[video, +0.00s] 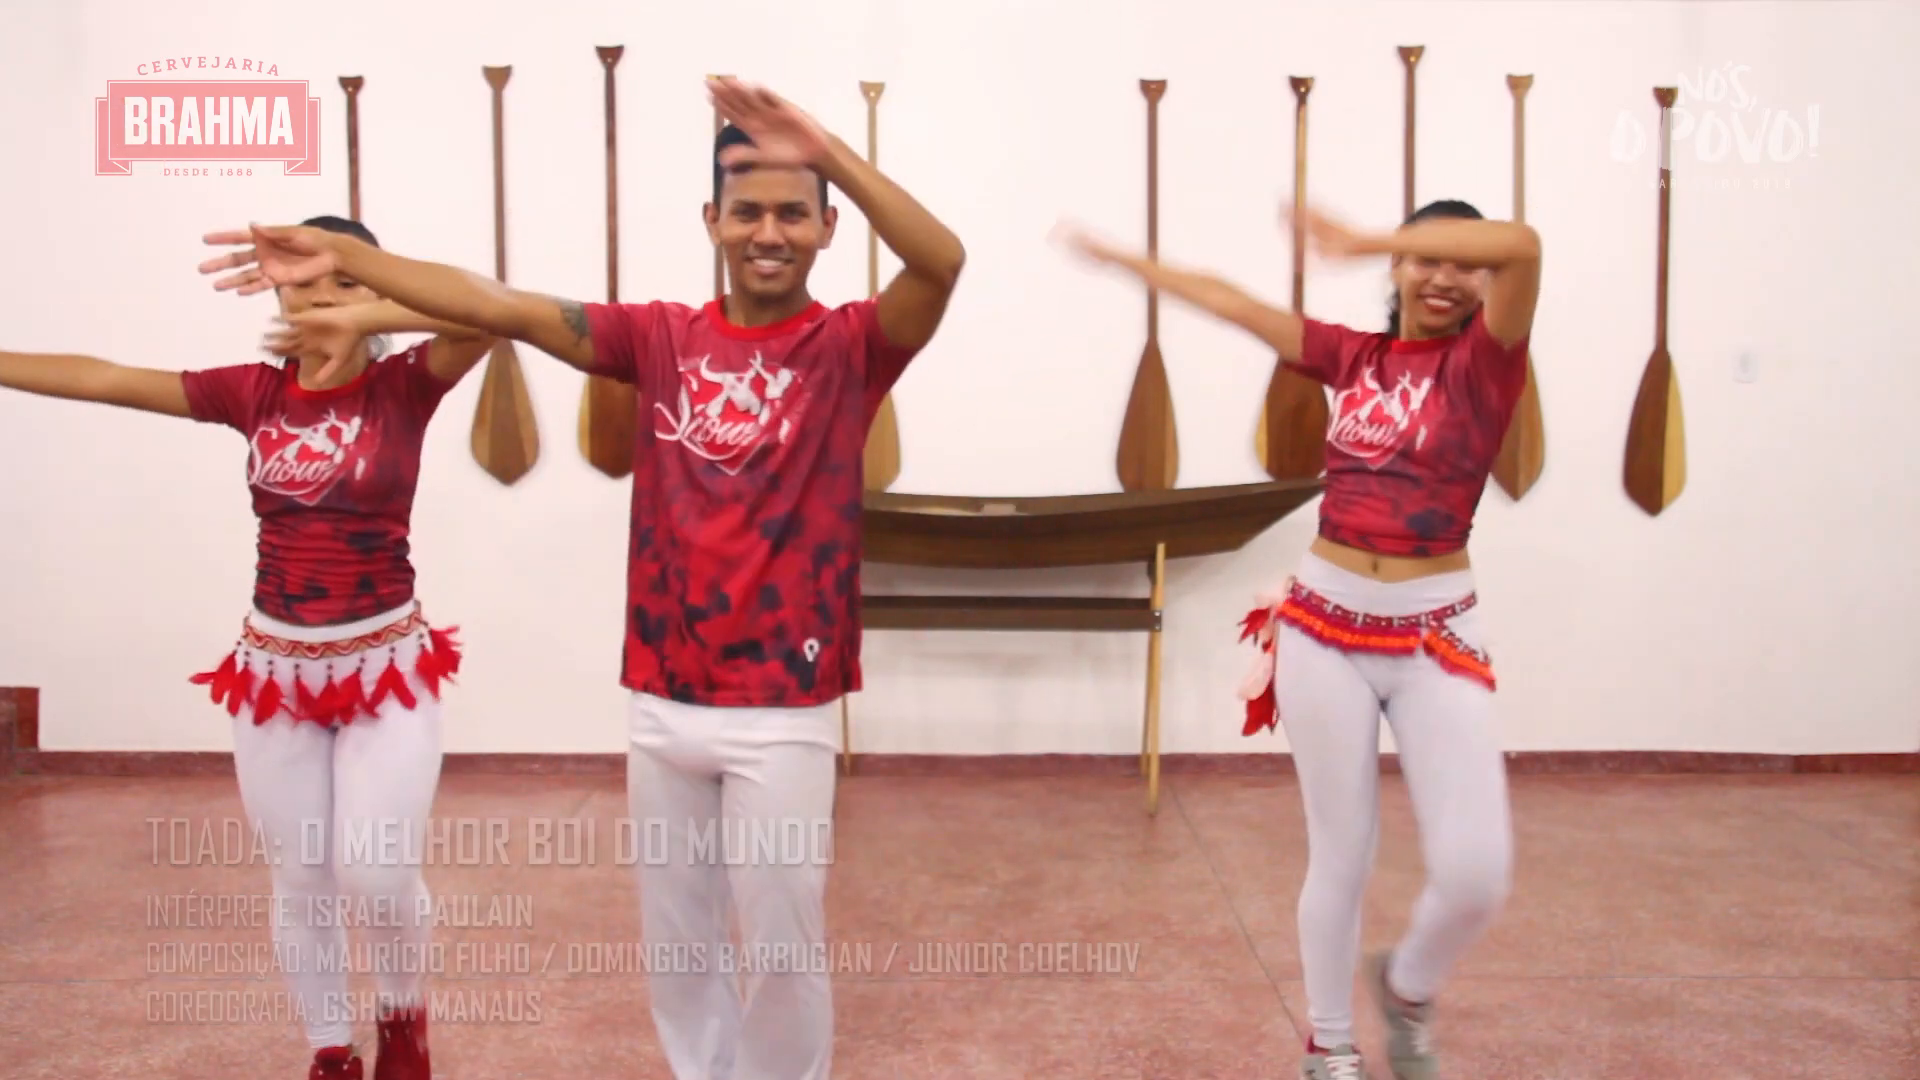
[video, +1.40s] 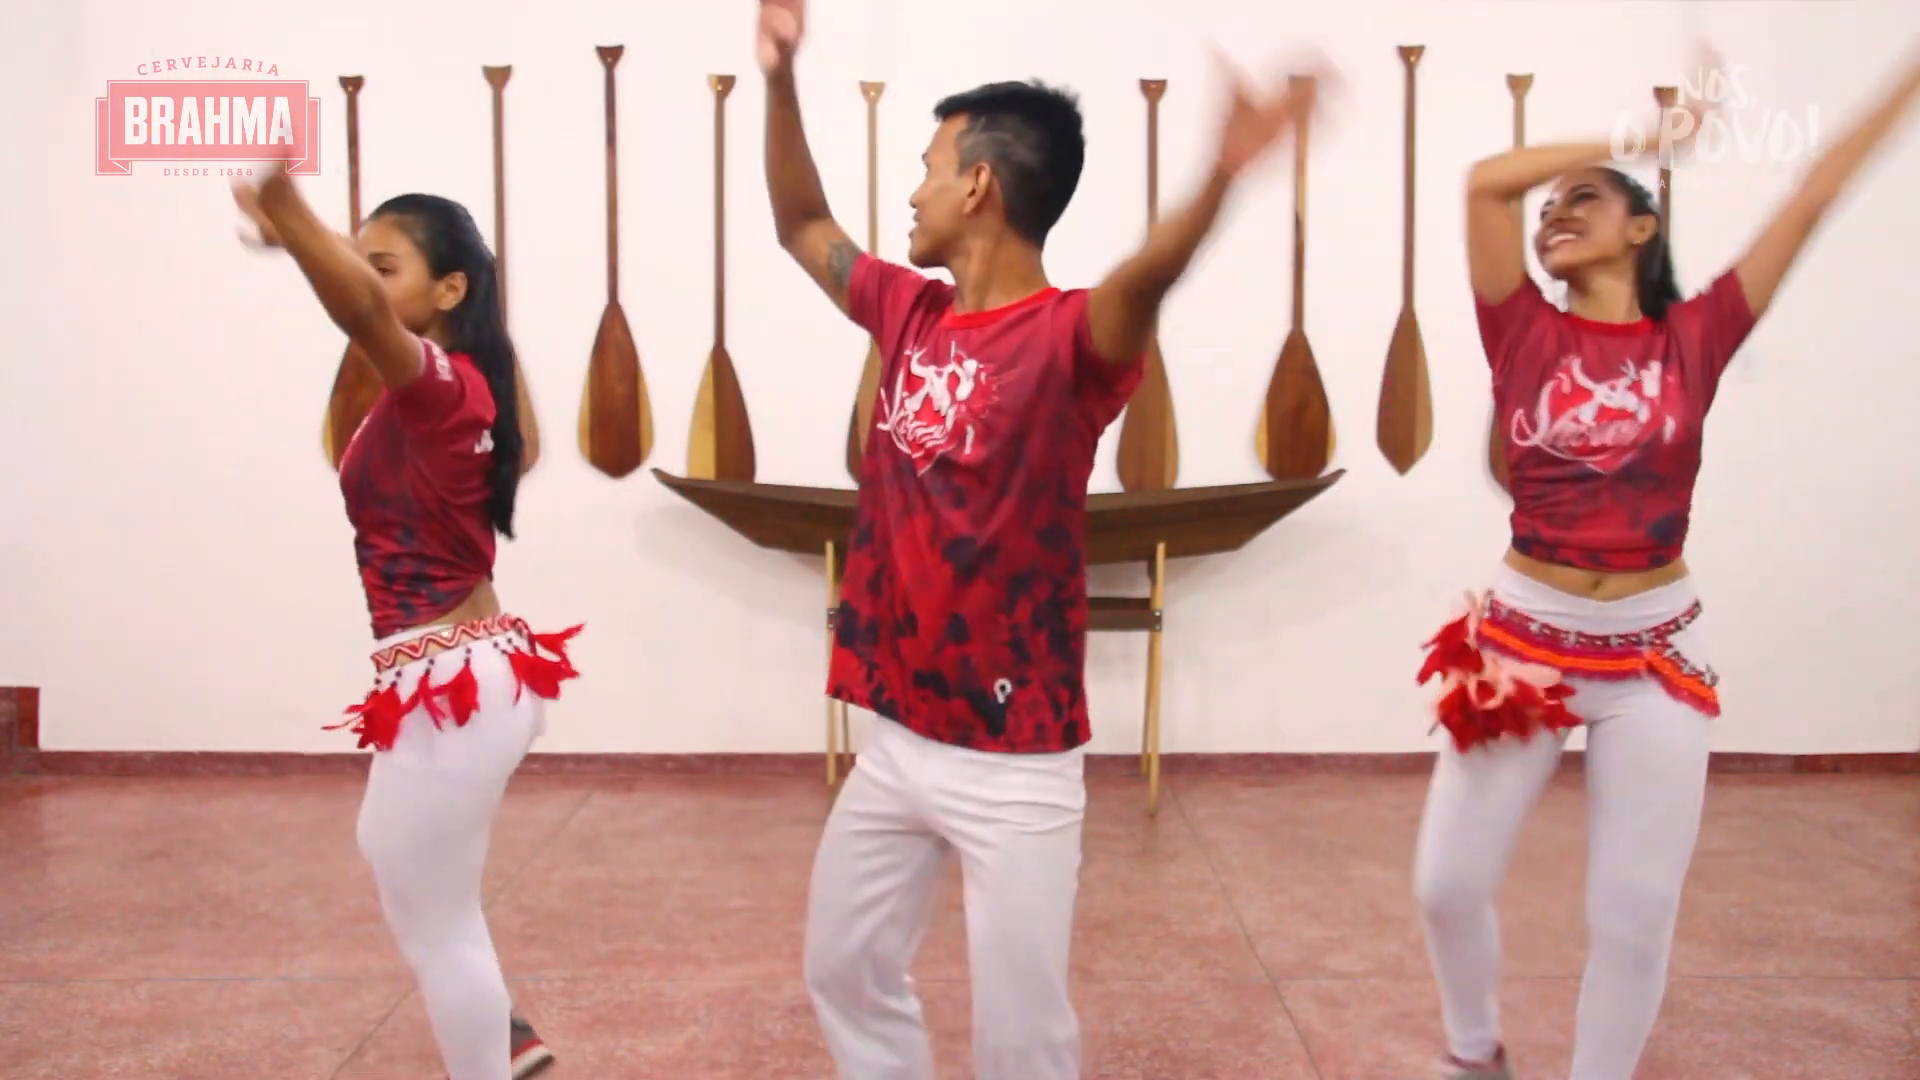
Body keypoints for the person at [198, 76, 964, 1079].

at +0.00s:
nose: (769, 232)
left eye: (791, 214)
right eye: (749, 212)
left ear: (822, 231)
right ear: (714, 226)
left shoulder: (851, 346)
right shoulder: (664, 334)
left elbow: (941, 262)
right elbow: (494, 305)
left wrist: (831, 154)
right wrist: (348, 253)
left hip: (786, 710)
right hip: (665, 703)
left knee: (779, 955)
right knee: (682, 955)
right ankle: (706, 1074)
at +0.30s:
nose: (763, 219)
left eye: (786, 200)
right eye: (741, 198)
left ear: (824, 224)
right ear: (708, 217)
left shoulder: (848, 340)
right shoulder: (664, 340)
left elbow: (906, 215)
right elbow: (521, 258)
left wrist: (819, 52)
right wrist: (409, 134)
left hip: (810, 725)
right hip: (687, 716)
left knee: (843, 954)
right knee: (684, 961)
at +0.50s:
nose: (802, 225)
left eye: (825, 208)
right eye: (778, 207)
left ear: (861, 236)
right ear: (745, 234)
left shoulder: (886, 356)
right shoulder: (713, 349)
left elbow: (955, 237)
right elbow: (599, 223)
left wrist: (957, 63)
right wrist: (540, 57)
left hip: (843, 751)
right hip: (714, 742)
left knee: (927, 1008)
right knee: (701, 997)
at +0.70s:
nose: (867, 217)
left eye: (892, 195)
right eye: (844, 199)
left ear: (937, 217)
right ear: (816, 222)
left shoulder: (975, 348)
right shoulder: (792, 342)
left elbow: (1063, 244)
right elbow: (684, 206)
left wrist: (1115, 91)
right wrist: (653, 38)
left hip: (942, 760)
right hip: (804, 748)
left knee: (994, 1026)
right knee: (734, 983)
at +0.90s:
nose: (913, 204)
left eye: (940, 180)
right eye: (892, 184)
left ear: (996, 198)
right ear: (871, 201)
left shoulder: (1040, 337)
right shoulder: (853, 320)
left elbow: (1157, 260)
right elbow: (746, 189)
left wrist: (1244, 128)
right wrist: (739, 27)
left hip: (1004, 759)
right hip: (871, 743)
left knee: (1026, 1030)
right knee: (796, 973)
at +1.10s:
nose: (894, 201)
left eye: (916, 177)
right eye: (893, 181)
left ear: (999, 187)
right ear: (893, 191)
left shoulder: (1068, 341)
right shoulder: (885, 311)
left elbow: (1197, 328)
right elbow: (770, 205)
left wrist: (1328, 281)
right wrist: (809, 126)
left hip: (1027, 764)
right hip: (898, 750)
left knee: (1045, 1037)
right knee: (870, 1005)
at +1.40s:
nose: (913, 190)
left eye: (930, 167)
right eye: (922, 168)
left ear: (981, 185)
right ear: (987, 188)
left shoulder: (1070, 340)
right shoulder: (911, 309)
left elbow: (1149, 271)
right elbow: (804, 222)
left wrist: (1221, 171)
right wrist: (778, 76)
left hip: (1018, 765)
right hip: (896, 742)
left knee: (1019, 1043)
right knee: (846, 978)